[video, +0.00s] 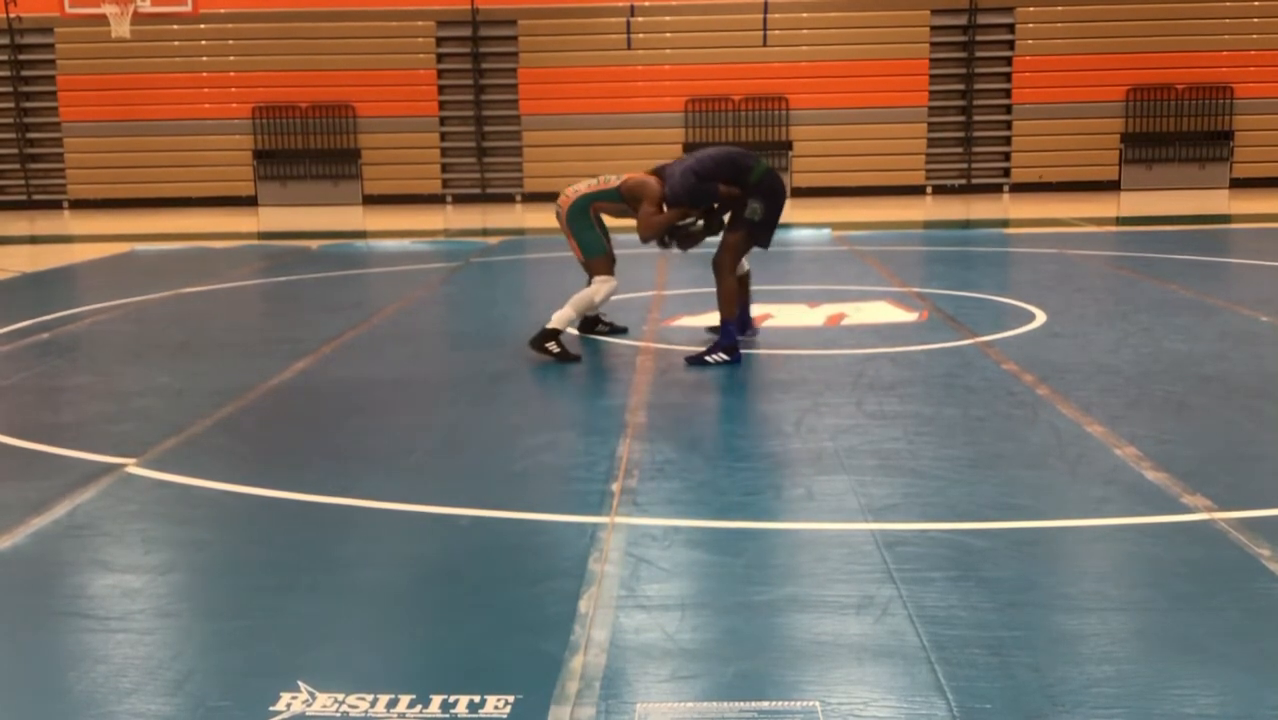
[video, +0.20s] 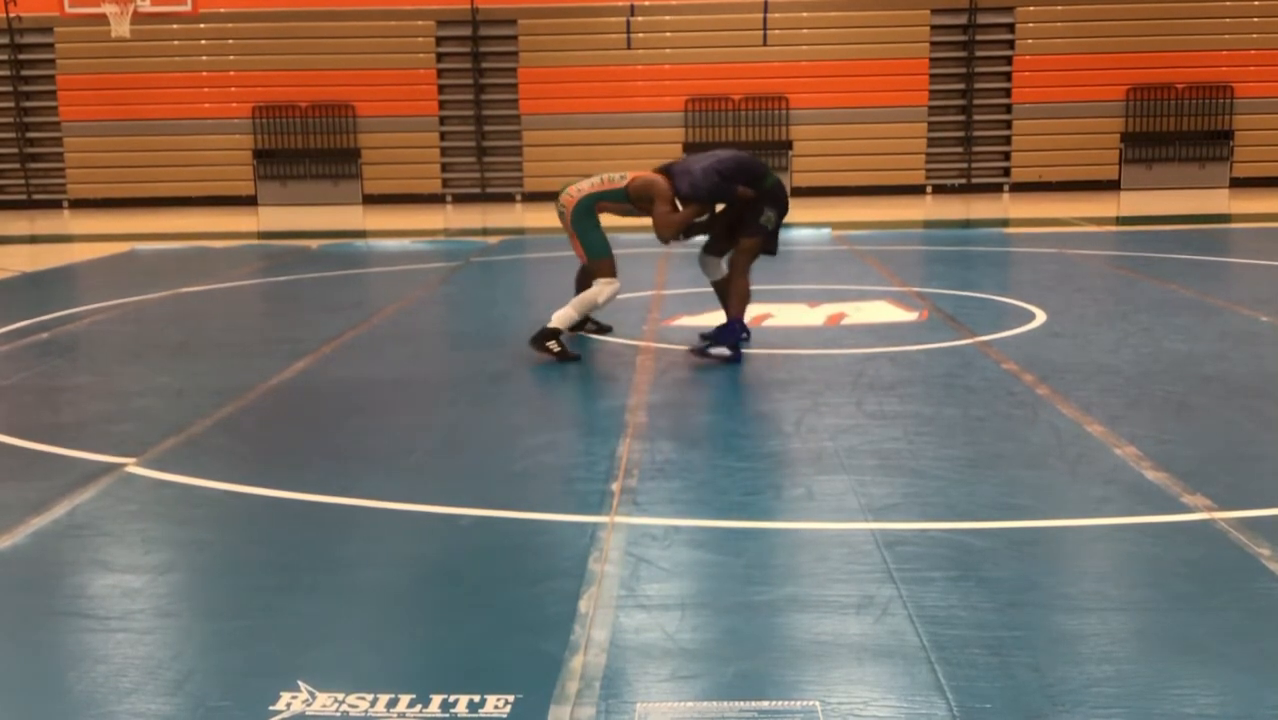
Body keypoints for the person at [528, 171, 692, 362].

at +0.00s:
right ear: (676, 179)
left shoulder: (652, 187)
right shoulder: (651, 187)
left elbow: (649, 228)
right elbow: (646, 232)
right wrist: (681, 211)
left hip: (582, 206)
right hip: (576, 208)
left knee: (606, 264)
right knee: (605, 282)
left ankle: (590, 319)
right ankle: (548, 335)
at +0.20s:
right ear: (683, 178)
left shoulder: (659, 185)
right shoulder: (660, 187)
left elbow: (670, 231)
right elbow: (666, 232)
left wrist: (707, 224)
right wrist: (698, 208)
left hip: (574, 200)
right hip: (578, 206)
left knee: (594, 266)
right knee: (607, 285)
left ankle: (579, 319)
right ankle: (548, 335)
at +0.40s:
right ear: (694, 198)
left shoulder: (661, 193)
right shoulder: (670, 200)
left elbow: (681, 246)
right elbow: (682, 253)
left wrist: (703, 223)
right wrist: (709, 222)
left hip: (577, 217)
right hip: (596, 222)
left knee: (603, 267)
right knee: (653, 273)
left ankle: (580, 316)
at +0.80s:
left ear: (679, 182)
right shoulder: (672, 196)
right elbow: (679, 235)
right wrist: (707, 213)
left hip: (578, 223)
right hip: (599, 227)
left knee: (610, 267)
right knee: (658, 276)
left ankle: (576, 322)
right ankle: (645, 347)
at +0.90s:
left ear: (670, 185)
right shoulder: (672, 201)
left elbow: (655, 251)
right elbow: (682, 244)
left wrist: (694, 254)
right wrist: (706, 222)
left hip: (576, 226)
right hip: (598, 230)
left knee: (606, 266)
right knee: (660, 278)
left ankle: (574, 322)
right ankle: (645, 347)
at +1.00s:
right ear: (704, 202)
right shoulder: (676, 200)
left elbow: (635, 230)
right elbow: (680, 250)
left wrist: (668, 247)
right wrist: (710, 235)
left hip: (575, 213)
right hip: (604, 218)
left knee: (588, 263)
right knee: (658, 277)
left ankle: (570, 321)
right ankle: (645, 346)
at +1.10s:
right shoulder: (680, 202)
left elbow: (636, 222)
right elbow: (674, 253)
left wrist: (666, 243)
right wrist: (711, 239)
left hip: (579, 197)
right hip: (607, 205)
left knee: (583, 257)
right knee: (654, 272)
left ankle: (549, 318)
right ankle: (645, 347)